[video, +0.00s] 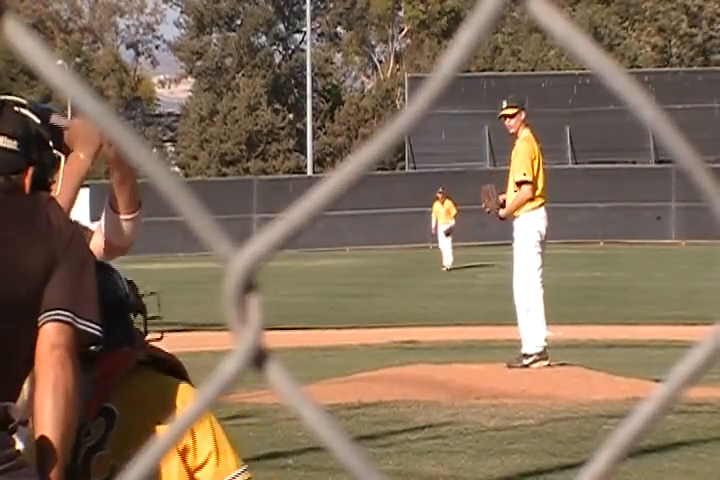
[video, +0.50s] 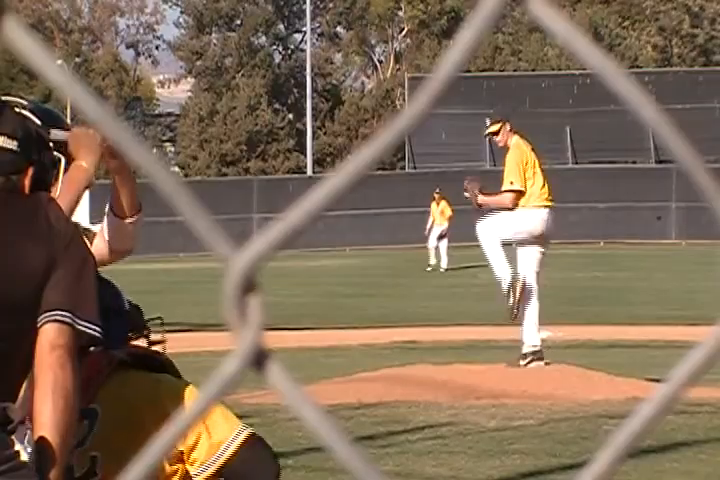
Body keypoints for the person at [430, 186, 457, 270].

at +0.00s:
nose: (440, 195)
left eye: (441, 193)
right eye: (438, 193)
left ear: (444, 194)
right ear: (437, 194)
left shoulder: (448, 203)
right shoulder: (436, 204)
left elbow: (453, 214)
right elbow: (434, 216)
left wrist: (452, 225)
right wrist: (433, 227)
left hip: (447, 224)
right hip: (440, 225)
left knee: (448, 244)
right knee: (441, 244)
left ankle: (449, 262)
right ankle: (445, 262)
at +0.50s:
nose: (437, 195)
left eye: (439, 193)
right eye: (436, 193)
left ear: (441, 195)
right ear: (434, 194)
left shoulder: (444, 203)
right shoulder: (433, 204)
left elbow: (449, 214)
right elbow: (431, 216)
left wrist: (445, 227)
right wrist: (427, 228)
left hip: (443, 226)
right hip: (435, 226)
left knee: (443, 246)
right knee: (431, 244)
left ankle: (444, 265)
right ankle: (432, 261)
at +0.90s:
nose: (426, 204)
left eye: (427, 202)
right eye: (425, 203)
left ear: (430, 202)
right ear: (424, 203)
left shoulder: (437, 209)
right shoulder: (424, 210)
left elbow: (444, 222)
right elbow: (425, 222)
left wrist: (441, 229)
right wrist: (426, 231)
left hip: (439, 229)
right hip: (431, 230)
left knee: (442, 248)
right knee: (428, 248)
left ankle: (448, 262)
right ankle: (425, 266)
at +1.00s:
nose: (426, 205)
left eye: (427, 203)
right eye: (425, 203)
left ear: (430, 204)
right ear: (423, 204)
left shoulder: (434, 209)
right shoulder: (424, 212)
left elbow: (443, 214)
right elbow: (424, 222)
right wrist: (427, 232)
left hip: (440, 230)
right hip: (432, 231)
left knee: (443, 247)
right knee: (428, 248)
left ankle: (451, 262)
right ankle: (426, 266)